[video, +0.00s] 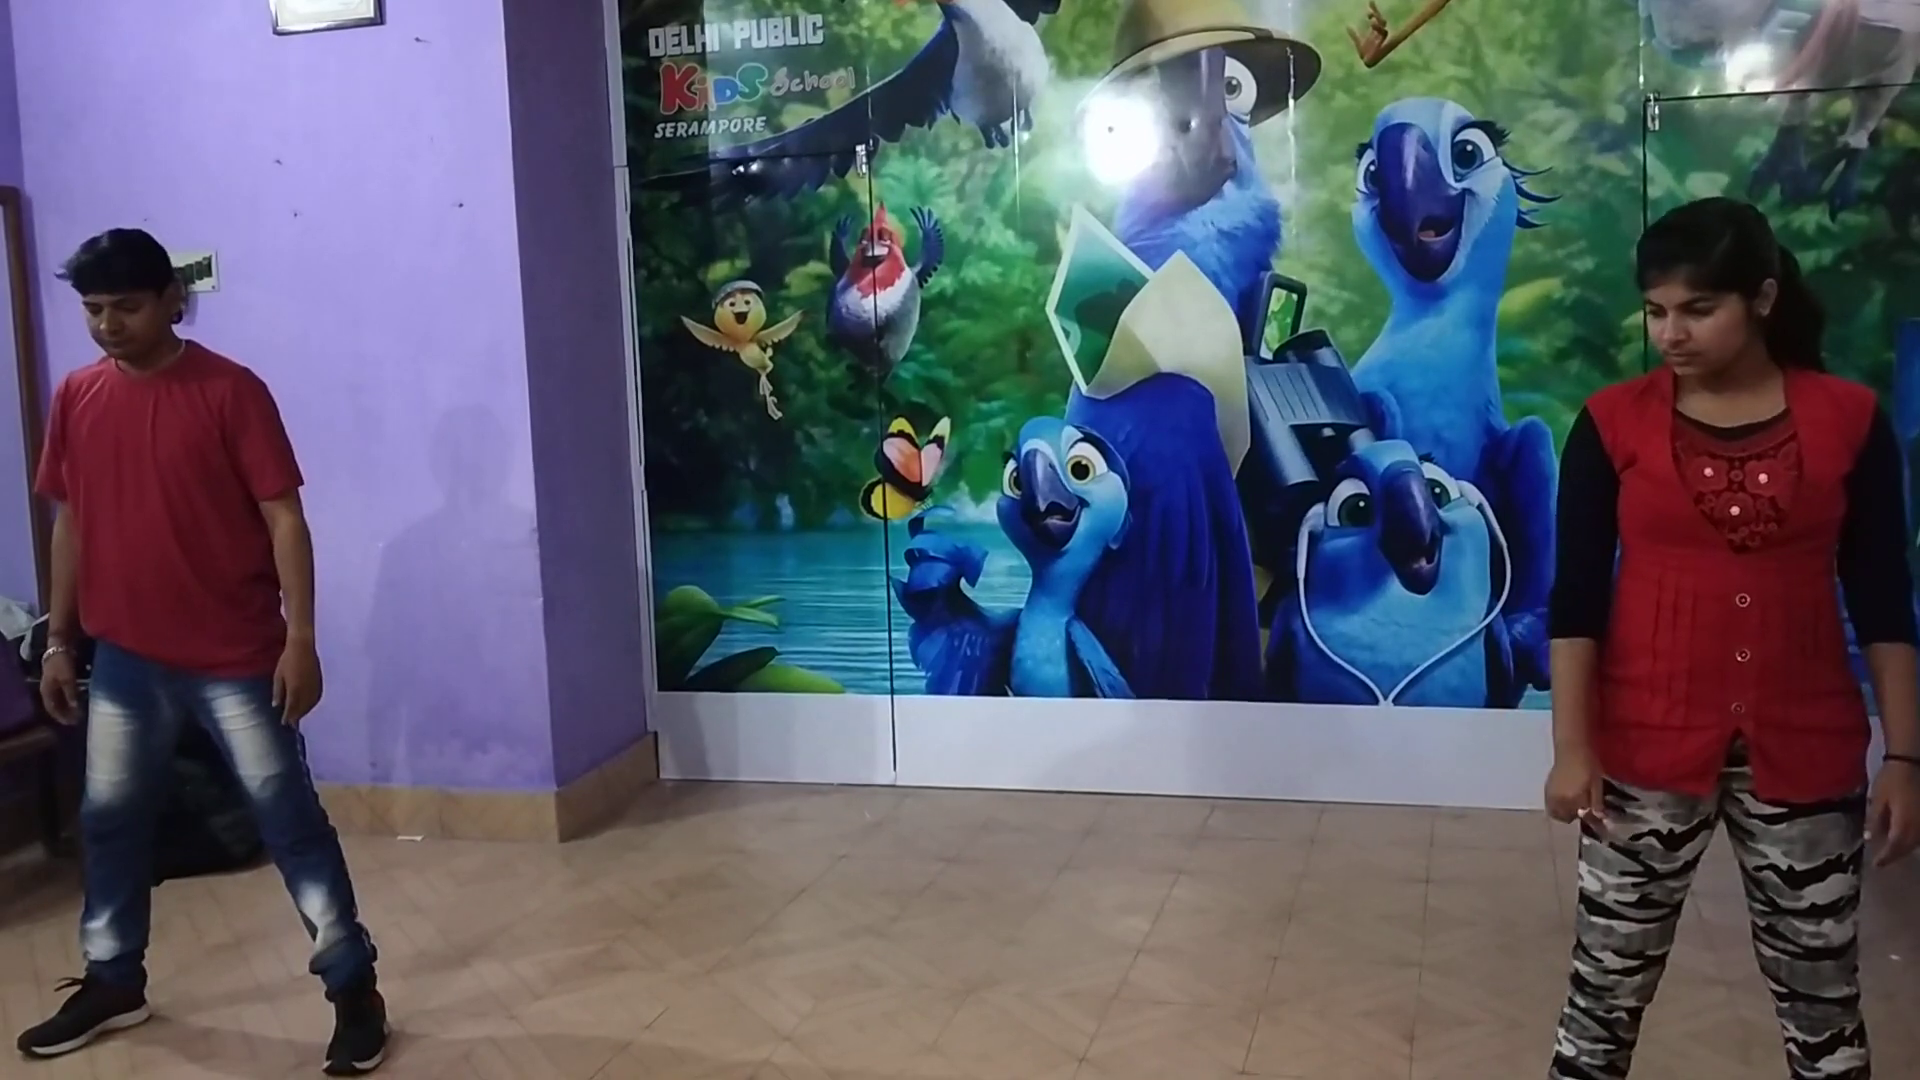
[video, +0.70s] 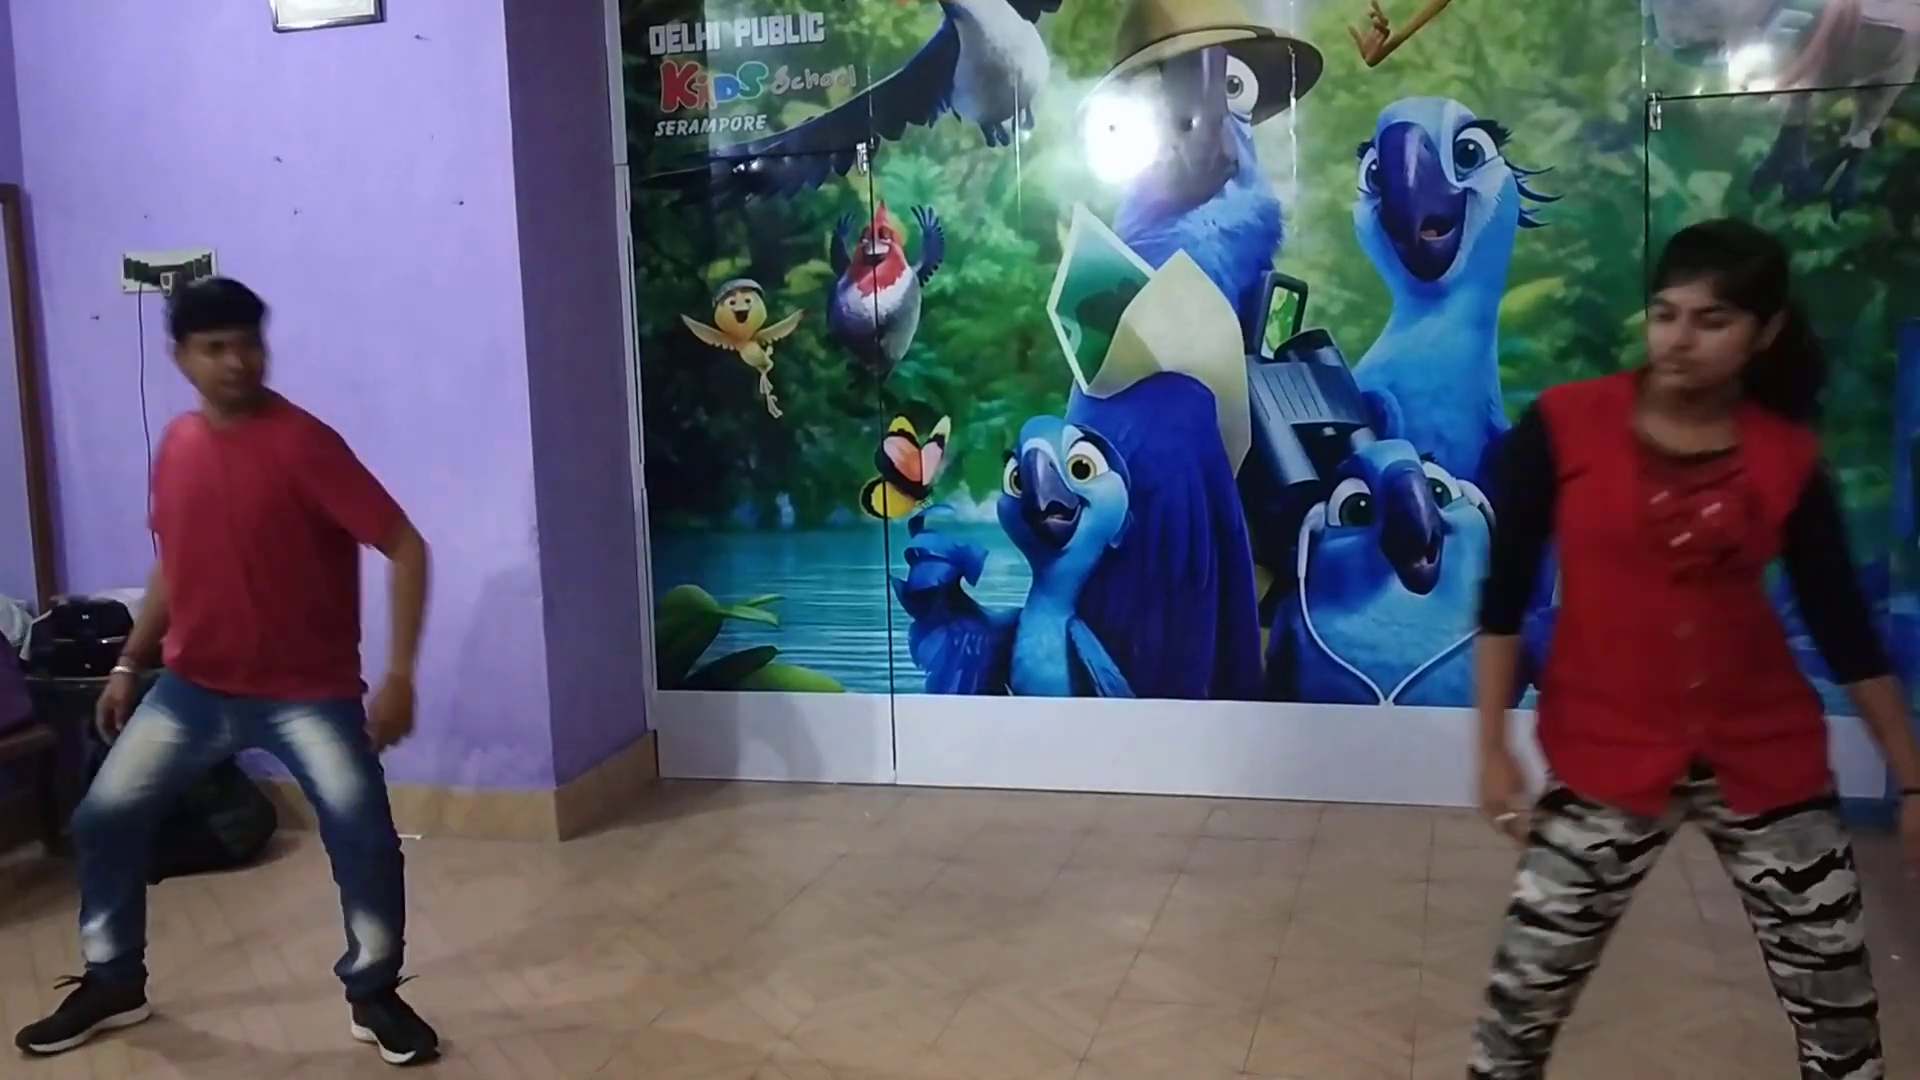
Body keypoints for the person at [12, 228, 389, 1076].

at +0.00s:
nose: (104, 323)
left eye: (122, 306)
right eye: (92, 308)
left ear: (170, 299)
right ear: (82, 309)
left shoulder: (231, 390)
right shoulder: (76, 397)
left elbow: (284, 514)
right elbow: (67, 519)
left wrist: (301, 639)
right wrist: (58, 637)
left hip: (232, 651)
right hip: (122, 651)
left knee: (286, 815)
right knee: (110, 813)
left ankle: (351, 987)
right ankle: (112, 978)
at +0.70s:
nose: (236, 362)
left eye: (247, 346)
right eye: (215, 349)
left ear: (263, 349)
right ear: (182, 358)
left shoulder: (305, 443)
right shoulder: (177, 443)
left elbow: (407, 548)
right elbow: (174, 561)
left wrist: (398, 678)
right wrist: (129, 667)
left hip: (306, 690)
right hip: (196, 684)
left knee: (359, 812)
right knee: (106, 812)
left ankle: (376, 992)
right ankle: (112, 980)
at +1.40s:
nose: (161, 378)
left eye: (172, 361)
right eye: (142, 361)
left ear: (184, 356)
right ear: (98, 357)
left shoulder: (216, 444)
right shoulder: (69, 415)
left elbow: (279, 560)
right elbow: (62, 517)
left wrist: (319, 673)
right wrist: (49, 622)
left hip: (222, 660)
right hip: (106, 657)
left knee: (295, 807)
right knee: (35, 807)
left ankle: (371, 982)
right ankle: (94, 959)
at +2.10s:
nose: (276, 319)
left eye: (285, 304)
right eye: (256, 305)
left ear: (298, 310)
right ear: (209, 312)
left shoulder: (342, 410)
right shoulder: (164, 406)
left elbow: (373, 532)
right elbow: (130, 520)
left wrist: (394, 647)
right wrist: (106, 644)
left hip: (323, 662)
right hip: (205, 663)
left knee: (351, 827)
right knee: (171, 835)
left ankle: (329, 993)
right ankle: (110, 960)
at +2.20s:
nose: (336, 316)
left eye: (343, 301)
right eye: (316, 302)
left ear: (354, 307)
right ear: (265, 309)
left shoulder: (394, 409)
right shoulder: (214, 404)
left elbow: (423, 532)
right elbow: (174, 518)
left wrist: (443, 647)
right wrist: (145, 644)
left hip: (365, 665)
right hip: (247, 662)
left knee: (374, 844)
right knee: (250, 836)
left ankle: (333, 987)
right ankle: (222, 992)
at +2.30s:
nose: (392, 317)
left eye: (400, 302)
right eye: (372, 303)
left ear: (410, 308)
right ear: (320, 309)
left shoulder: (446, 413)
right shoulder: (267, 405)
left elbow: (474, 537)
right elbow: (218, 526)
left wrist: (505, 653)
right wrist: (183, 657)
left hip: (412, 671)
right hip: (302, 665)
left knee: (407, 865)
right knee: (351, 815)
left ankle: (334, 973)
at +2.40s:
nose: (456, 317)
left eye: (463, 301)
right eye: (436, 301)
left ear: (472, 306)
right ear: (379, 307)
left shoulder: (502, 414)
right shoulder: (321, 409)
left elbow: (543, 539)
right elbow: (262, 536)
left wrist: (586, 651)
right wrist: (213, 666)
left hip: (464, 678)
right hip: (359, 672)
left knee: (443, 867)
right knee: (439, 859)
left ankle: (347, 971)